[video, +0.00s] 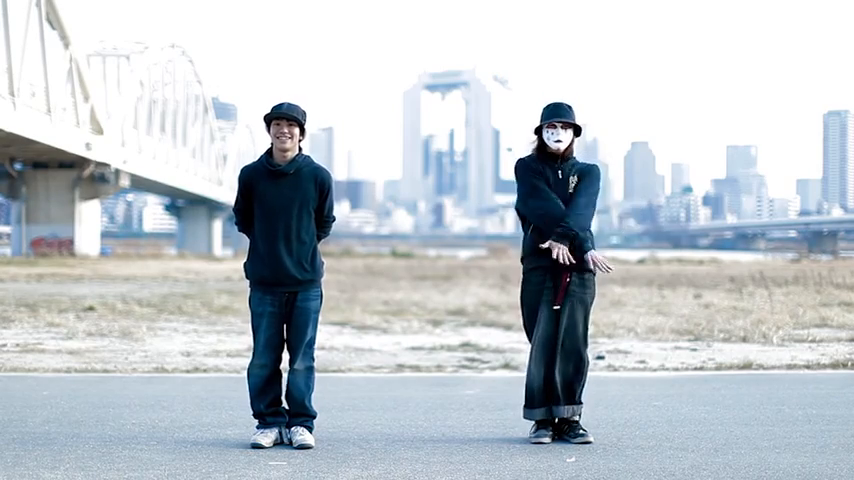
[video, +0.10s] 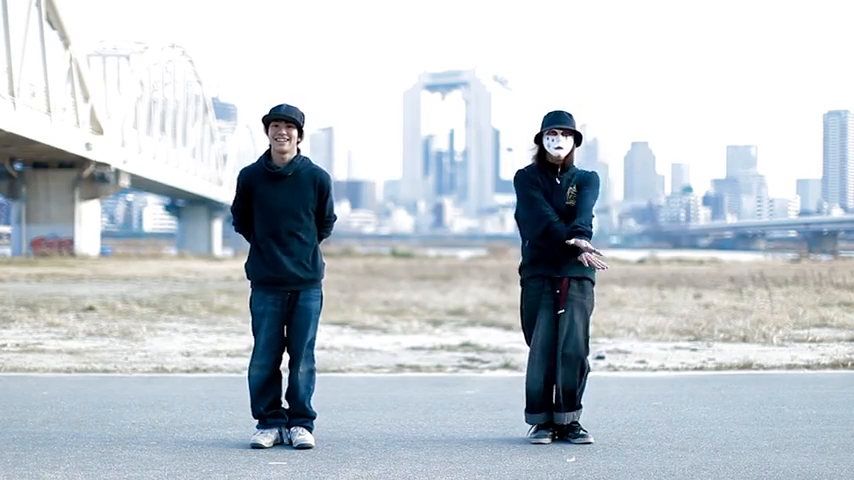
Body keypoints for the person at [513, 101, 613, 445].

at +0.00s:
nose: (557, 133)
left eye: (564, 128)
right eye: (551, 127)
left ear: (574, 133)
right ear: (541, 131)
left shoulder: (588, 170)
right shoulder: (526, 166)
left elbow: (582, 208)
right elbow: (542, 205)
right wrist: (582, 244)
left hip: (576, 263)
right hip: (538, 265)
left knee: (573, 339)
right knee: (541, 339)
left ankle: (569, 419)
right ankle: (543, 420)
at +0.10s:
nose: (558, 141)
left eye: (565, 135)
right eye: (552, 134)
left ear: (574, 141)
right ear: (542, 139)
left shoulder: (587, 177)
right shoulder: (526, 176)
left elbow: (585, 212)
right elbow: (542, 215)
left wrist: (579, 236)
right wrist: (575, 243)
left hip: (576, 271)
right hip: (538, 272)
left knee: (574, 345)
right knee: (540, 344)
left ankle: (569, 421)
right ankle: (542, 422)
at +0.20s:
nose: (563, 133)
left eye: (569, 128)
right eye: (557, 127)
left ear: (579, 134)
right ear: (546, 132)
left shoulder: (587, 173)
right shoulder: (530, 167)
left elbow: (616, 200)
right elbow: (529, 204)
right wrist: (534, 240)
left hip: (575, 268)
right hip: (536, 267)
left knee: (573, 343)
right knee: (541, 343)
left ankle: (569, 421)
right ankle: (543, 422)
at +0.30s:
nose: (573, 114)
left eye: (578, 109)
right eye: (566, 109)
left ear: (587, 115)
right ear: (555, 115)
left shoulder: (594, 159)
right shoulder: (539, 148)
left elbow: (629, 193)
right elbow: (515, 193)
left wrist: (663, 232)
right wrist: (495, 237)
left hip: (574, 259)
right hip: (534, 259)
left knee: (573, 338)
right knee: (538, 338)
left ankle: (572, 417)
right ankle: (542, 419)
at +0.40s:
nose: (580, 109)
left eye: (586, 104)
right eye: (572, 106)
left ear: (596, 112)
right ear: (563, 115)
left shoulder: (600, 161)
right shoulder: (548, 151)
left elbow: (602, 214)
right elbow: (523, 201)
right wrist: (504, 251)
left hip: (570, 260)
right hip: (533, 259)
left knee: (569, 332)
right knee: (532, 332)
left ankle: (575, 412)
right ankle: (539, 415)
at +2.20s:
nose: (591, 112)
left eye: (596, 107)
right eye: (583, 108)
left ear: (606, 113)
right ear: (573, 115)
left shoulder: (604, 161)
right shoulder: (557, 150)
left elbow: (588, 210)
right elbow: (528, 195)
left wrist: (574, 246)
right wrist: (496, 235)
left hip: (572, 257)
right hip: (535, 255)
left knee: (575, 329)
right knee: (535, 331)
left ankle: (583, 407)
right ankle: (545, 412)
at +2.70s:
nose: (574, 119)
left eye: (581, 114)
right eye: (569, 112)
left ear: (590, 122)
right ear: (558, 116)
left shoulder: (598, 162)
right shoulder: (536, 155)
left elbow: (608, 218)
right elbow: (519, 208)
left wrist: (618, 266)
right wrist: (514, 256)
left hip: (587, 265)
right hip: (546, 264)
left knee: (585, 341)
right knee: (546, 339)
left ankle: (585, 415)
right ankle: (547, 417)